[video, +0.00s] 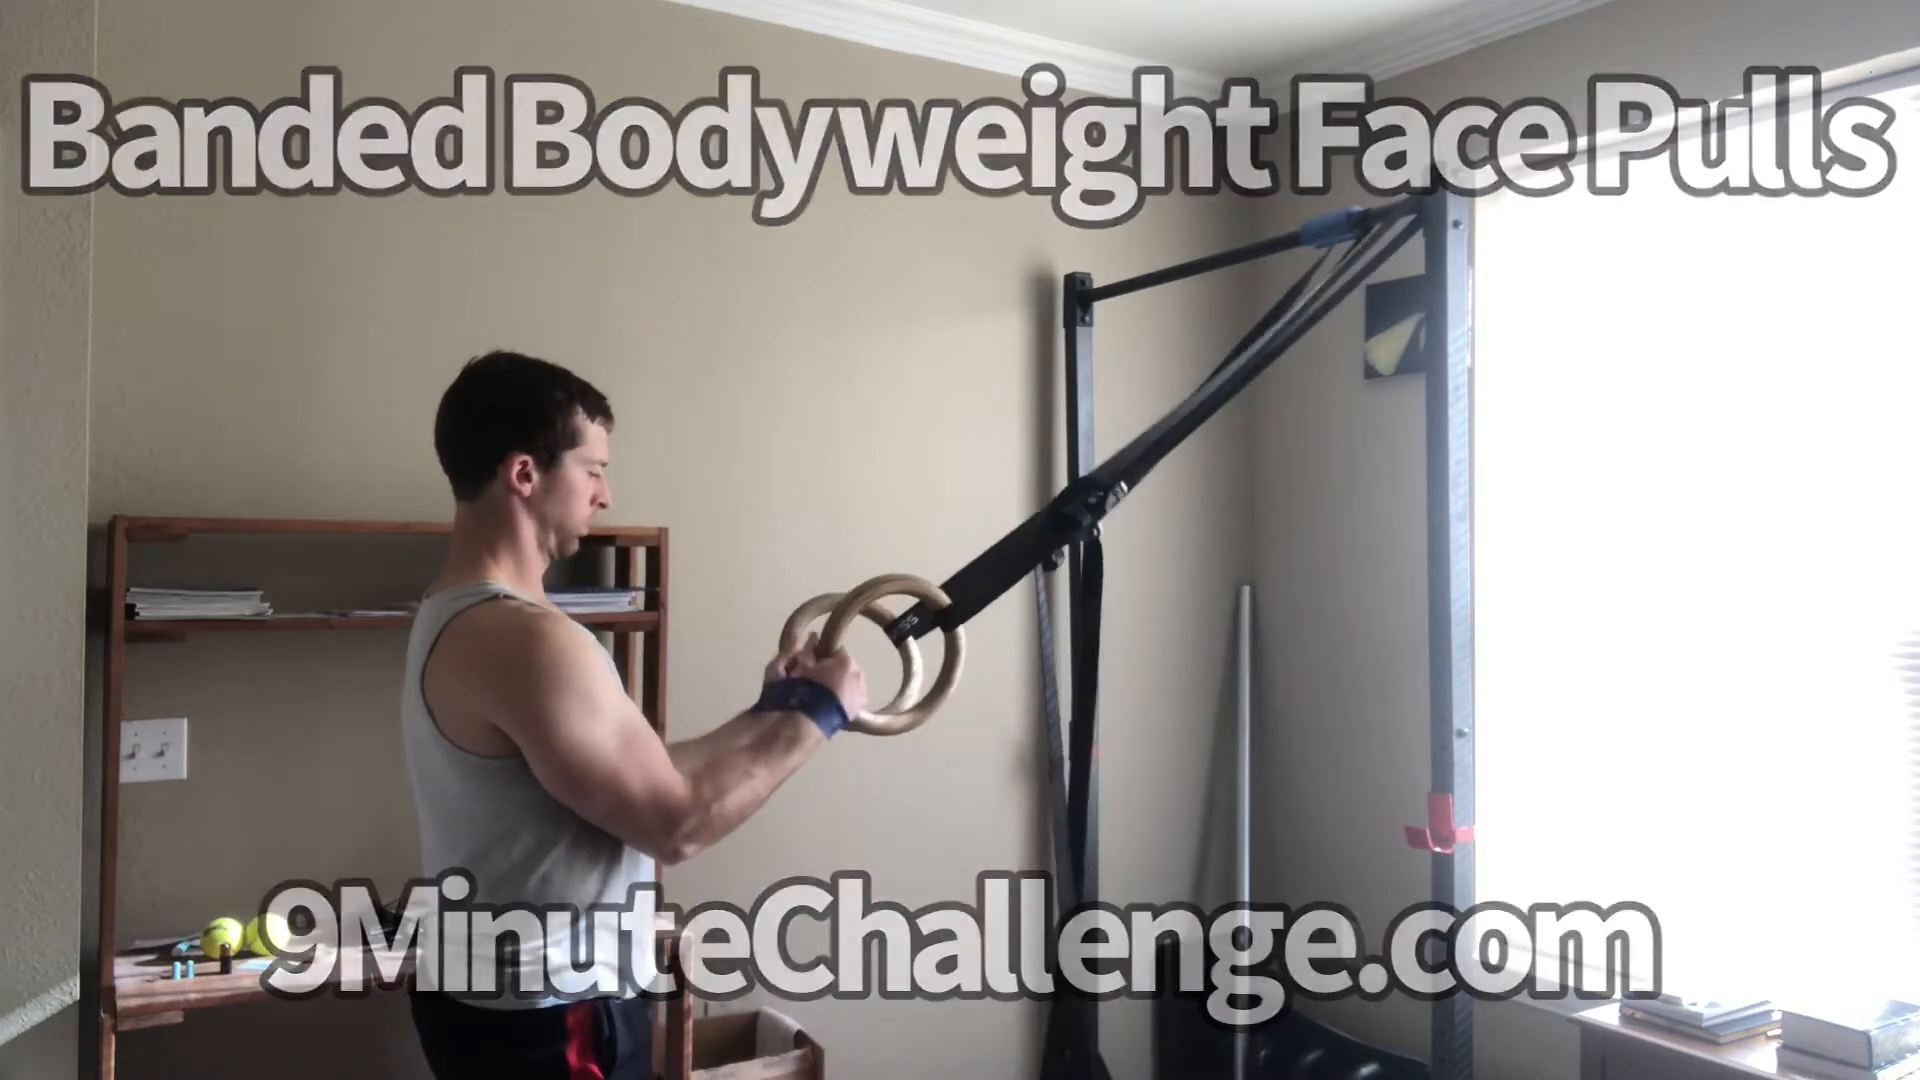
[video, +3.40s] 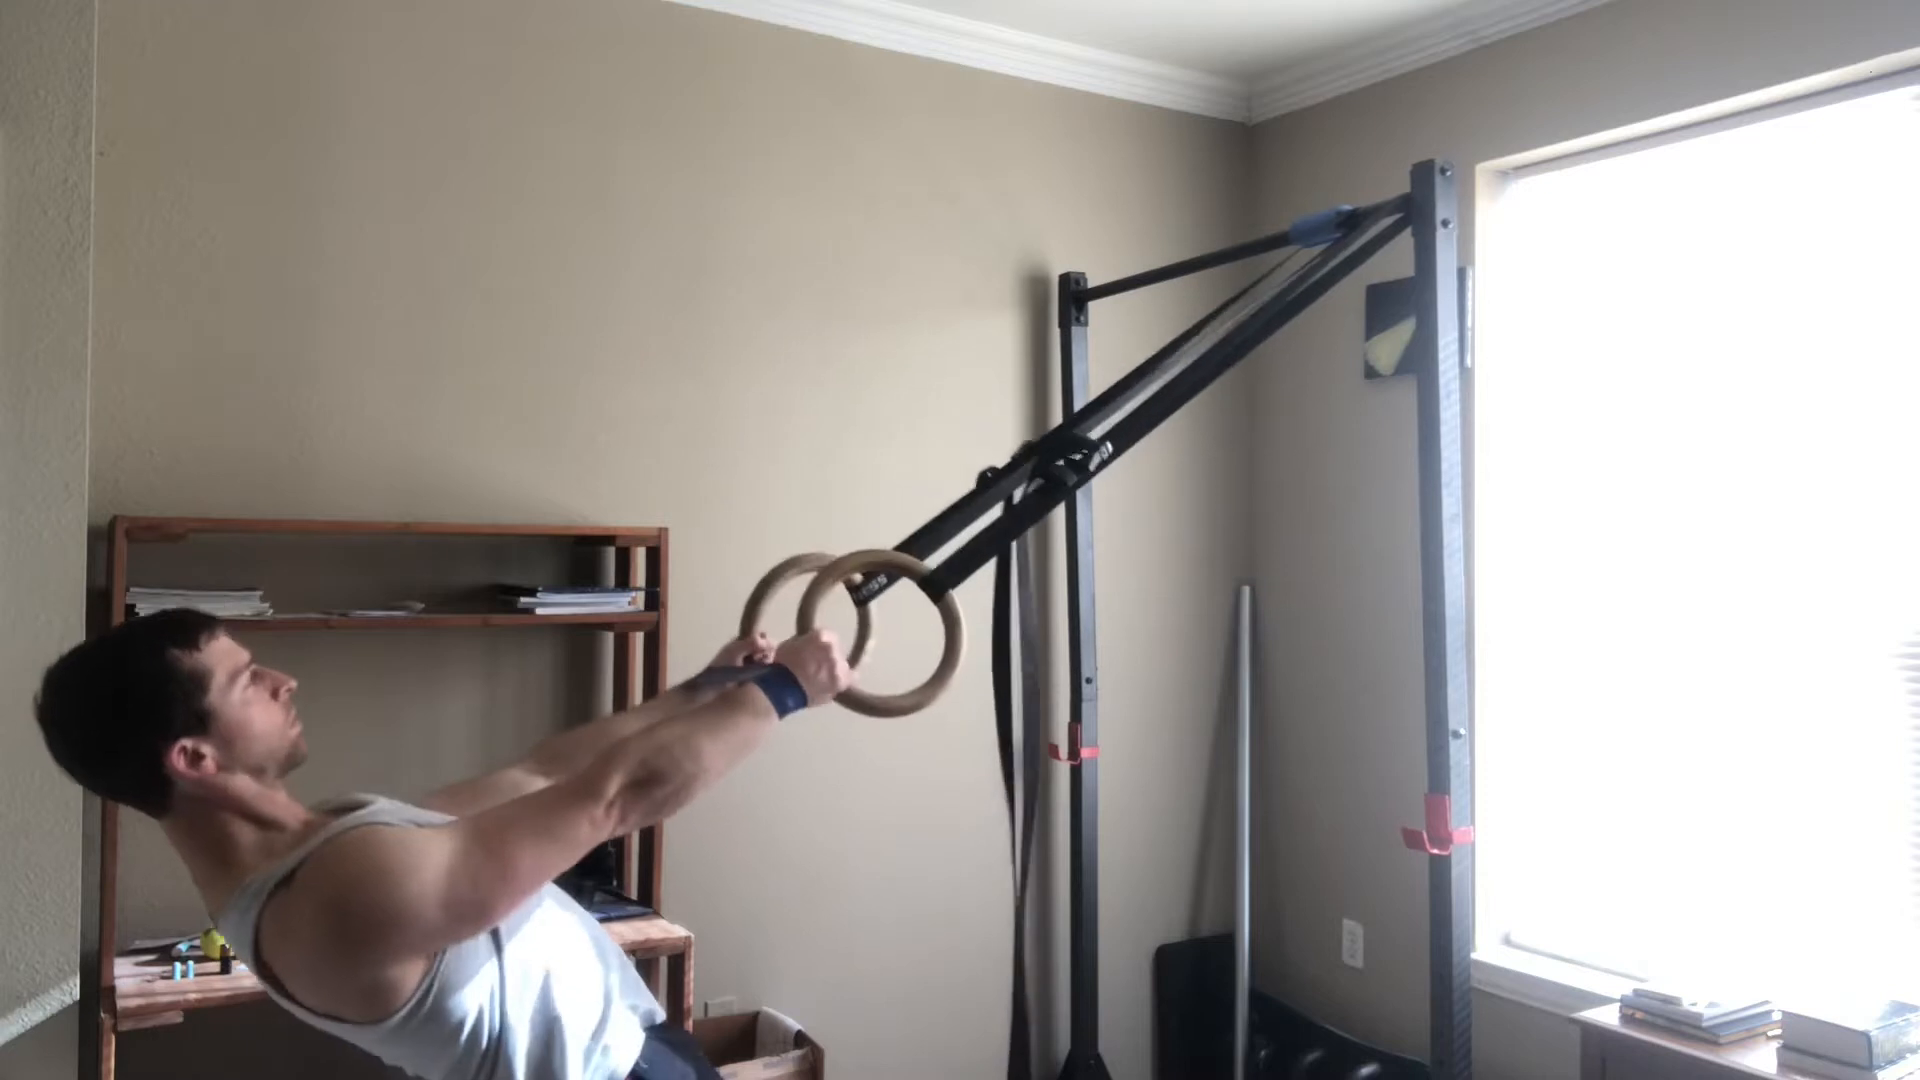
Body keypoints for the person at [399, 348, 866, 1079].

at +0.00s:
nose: (604, 495)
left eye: (603, 472)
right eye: (592, 470)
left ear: (522, 478)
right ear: (523, 474)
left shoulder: (457, 617)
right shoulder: (527, 643)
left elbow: (636, 776)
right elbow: (675, 824)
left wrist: (764, 715)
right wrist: (814, 715)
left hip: (498, 1003)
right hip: (551, 1018)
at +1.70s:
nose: (518, 512)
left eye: (518, 486)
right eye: (506, 484)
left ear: (429, 489)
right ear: (432, 487)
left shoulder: (360, 641)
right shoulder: (448, 667)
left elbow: (577, 754)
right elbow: (677, 807)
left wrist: (727, 681)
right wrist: (816, 698)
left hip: (448, 1028)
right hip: (528, 1043)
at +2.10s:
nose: (435, 520)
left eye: (426, 491)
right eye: (415, 493)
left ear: (333, 527)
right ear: (336, 523)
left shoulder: (303, 675)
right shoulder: (367, 700)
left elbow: (536, 740)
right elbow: (627, 776)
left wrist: (704, 681)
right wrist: (788, 686)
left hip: (430, 1043)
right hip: (505, 1051)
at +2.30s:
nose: (374, 539)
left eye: (359, 515)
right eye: (346, 521)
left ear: (270, 565)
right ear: (270, 563)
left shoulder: (289, 718)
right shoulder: (337, 739)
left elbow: (548, 732)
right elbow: (613, 762)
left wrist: (712, 658)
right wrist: (780, 662)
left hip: (462, 1055)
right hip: (525, 1061)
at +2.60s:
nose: (290, 588)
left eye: (268, 563)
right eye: (254, 572)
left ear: (182, 636)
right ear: (181, 631)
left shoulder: (233, 768)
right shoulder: (292, 792)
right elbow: (578, 727)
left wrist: (714, 647)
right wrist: (760, 632)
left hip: (524, 1048)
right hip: (544, 1064)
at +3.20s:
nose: (284, 673)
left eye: (261, 654)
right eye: (251, 668)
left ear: (190, 747)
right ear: (188, 740)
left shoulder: (304, 839)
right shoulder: (341, 871)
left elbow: (542, 779)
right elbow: (617, 784)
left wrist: (741, 684)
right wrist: (791, 680)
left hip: (624, 1048)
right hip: (619, 1069)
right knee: (798, 1045)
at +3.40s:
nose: (286, 684)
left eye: (262, 667)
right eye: (252, 683)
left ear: (197, 765)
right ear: (194, 761)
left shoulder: (316, 845)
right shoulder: (343, 893)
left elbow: (537, 778)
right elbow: (617, 800)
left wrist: (717, 682)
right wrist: (787, 689)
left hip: (624, 1039)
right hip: (621, 1067)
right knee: (791, 1048)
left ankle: (724, 1045)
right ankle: (764, 1057)